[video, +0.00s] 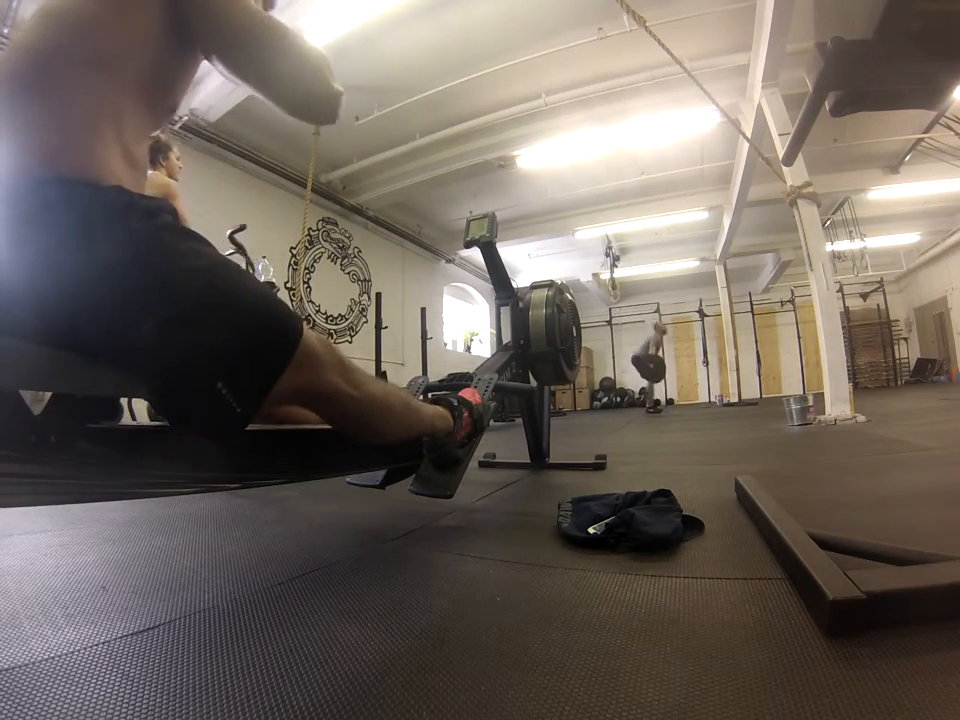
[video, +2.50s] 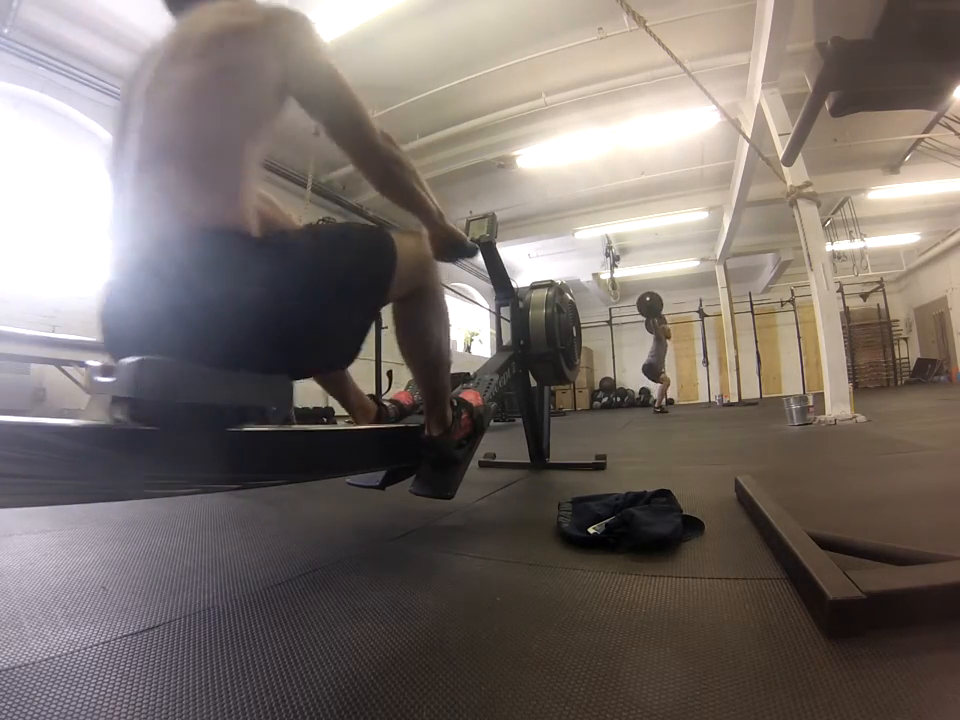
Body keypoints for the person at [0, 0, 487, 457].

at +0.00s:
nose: (265, 14)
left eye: (264, 11)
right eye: (263, 7)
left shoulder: (57, 25)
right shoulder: (184, 5)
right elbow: (321, 100)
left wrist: (158, 165)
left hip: (11, 227)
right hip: (94, 225)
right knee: (331, 382)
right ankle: (445, 424)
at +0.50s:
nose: (256, 48)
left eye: (265, 36)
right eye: (264, 25)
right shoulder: (179, 2)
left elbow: (154, 200)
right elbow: (128, 53)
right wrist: (258, 233)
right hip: (75, 218)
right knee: (322, 366)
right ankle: (444, 424)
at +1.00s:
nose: (315, 142)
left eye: (335, 102)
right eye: (333, 94)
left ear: (290, 51)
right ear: (320, 70)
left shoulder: (203, 93)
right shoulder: (304, 70)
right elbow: (402, 183)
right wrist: (451, 267)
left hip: (105, 299)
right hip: (190, 286)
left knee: (278, 301)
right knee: (398, 270)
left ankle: (363, 415)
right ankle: (443, 426)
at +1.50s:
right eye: (437, 176)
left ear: (373, 154)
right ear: (429, 164)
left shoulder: (323, 181)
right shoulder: (429, 177)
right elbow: (509, 267)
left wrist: (400, 350)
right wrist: (516, 334)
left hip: (233, 346)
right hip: (316, 328)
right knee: (467, 253)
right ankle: (441, 423)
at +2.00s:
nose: (343, 49)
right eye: (340, 40)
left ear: (272, 60)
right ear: (336, 44)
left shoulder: (243, 121)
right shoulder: (367, 95)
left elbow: (323, 227)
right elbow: (450, 200)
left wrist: (382, 263)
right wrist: (485, 244)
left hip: (198, 334)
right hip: (287, 315)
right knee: (445, 250)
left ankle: (364, 409)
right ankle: (441, 426)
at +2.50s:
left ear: (175, 11)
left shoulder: (149, 63)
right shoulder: (274, 26)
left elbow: (197, 185)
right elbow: (372, 151)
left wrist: (303, 240)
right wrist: (438, 223)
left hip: (129, 313)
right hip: (224, 298)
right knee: (418, 258)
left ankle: (365, 411)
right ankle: (443, 422)